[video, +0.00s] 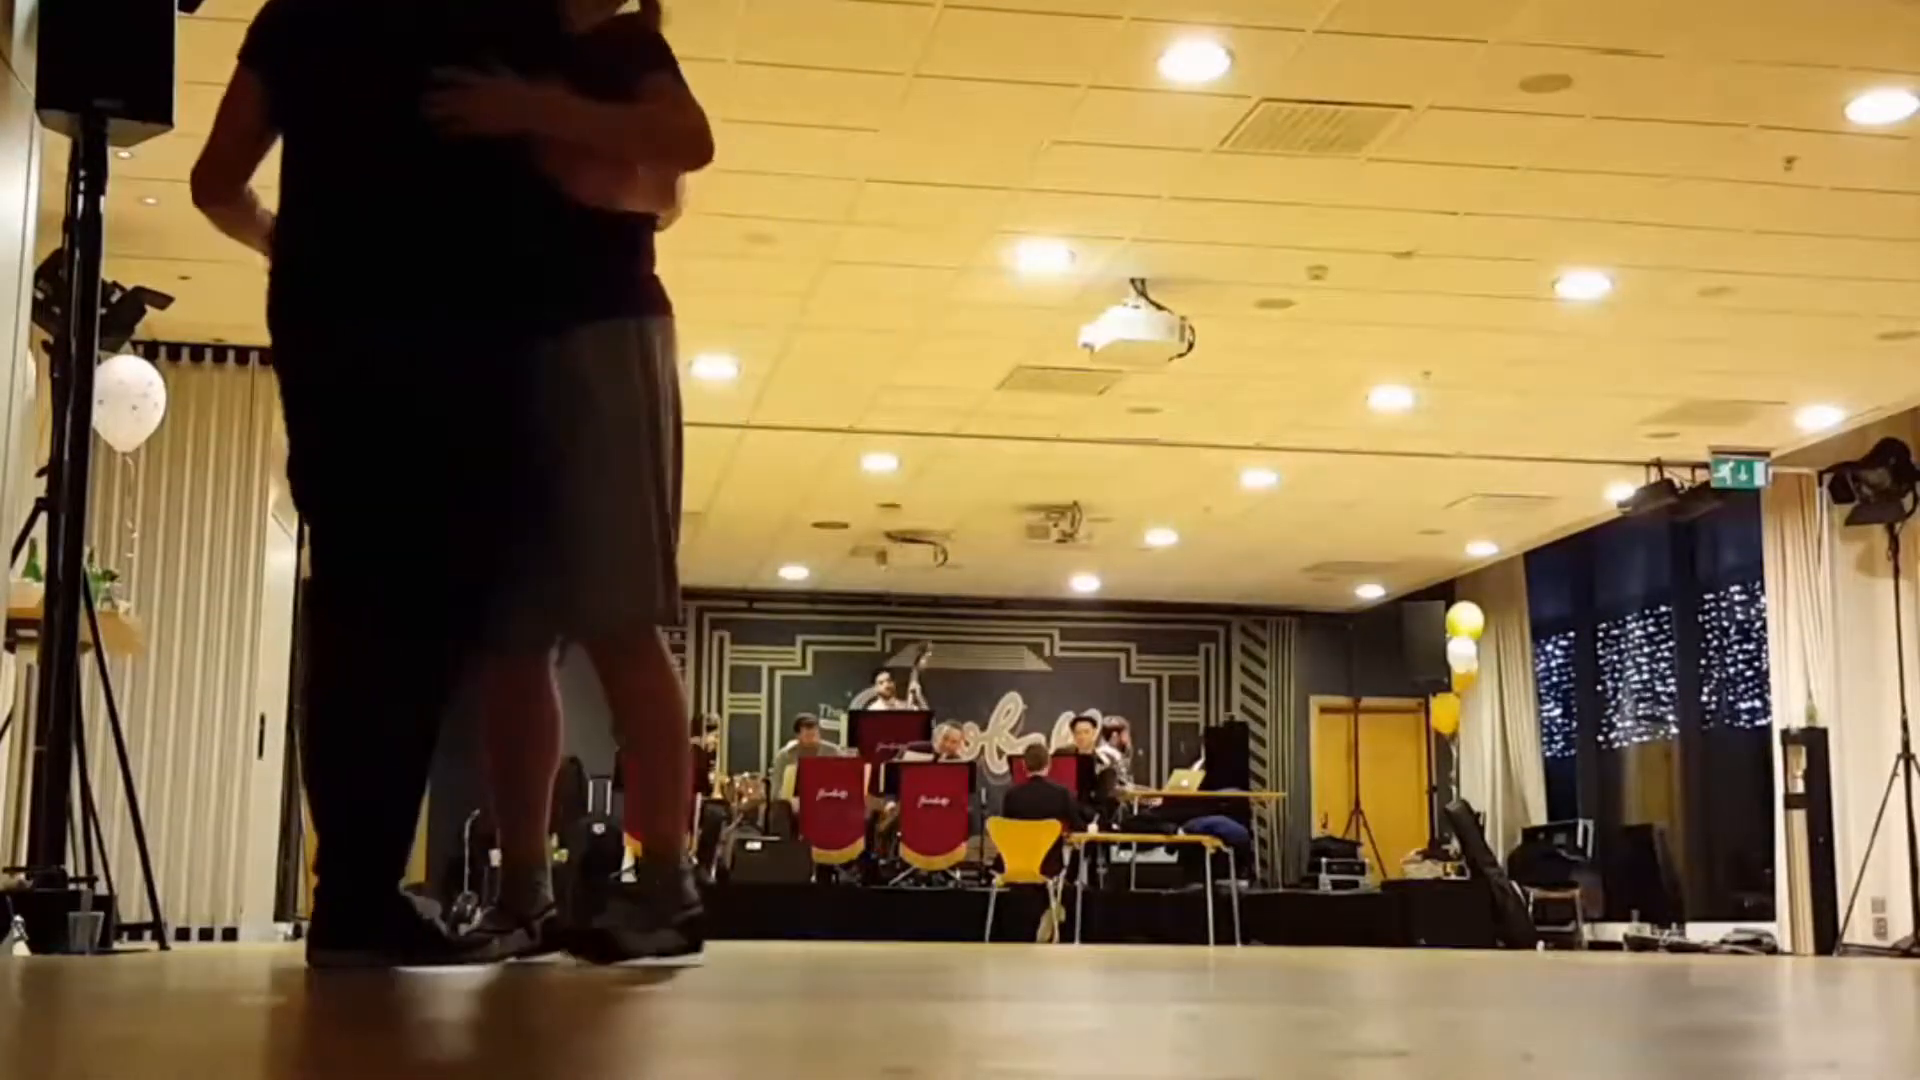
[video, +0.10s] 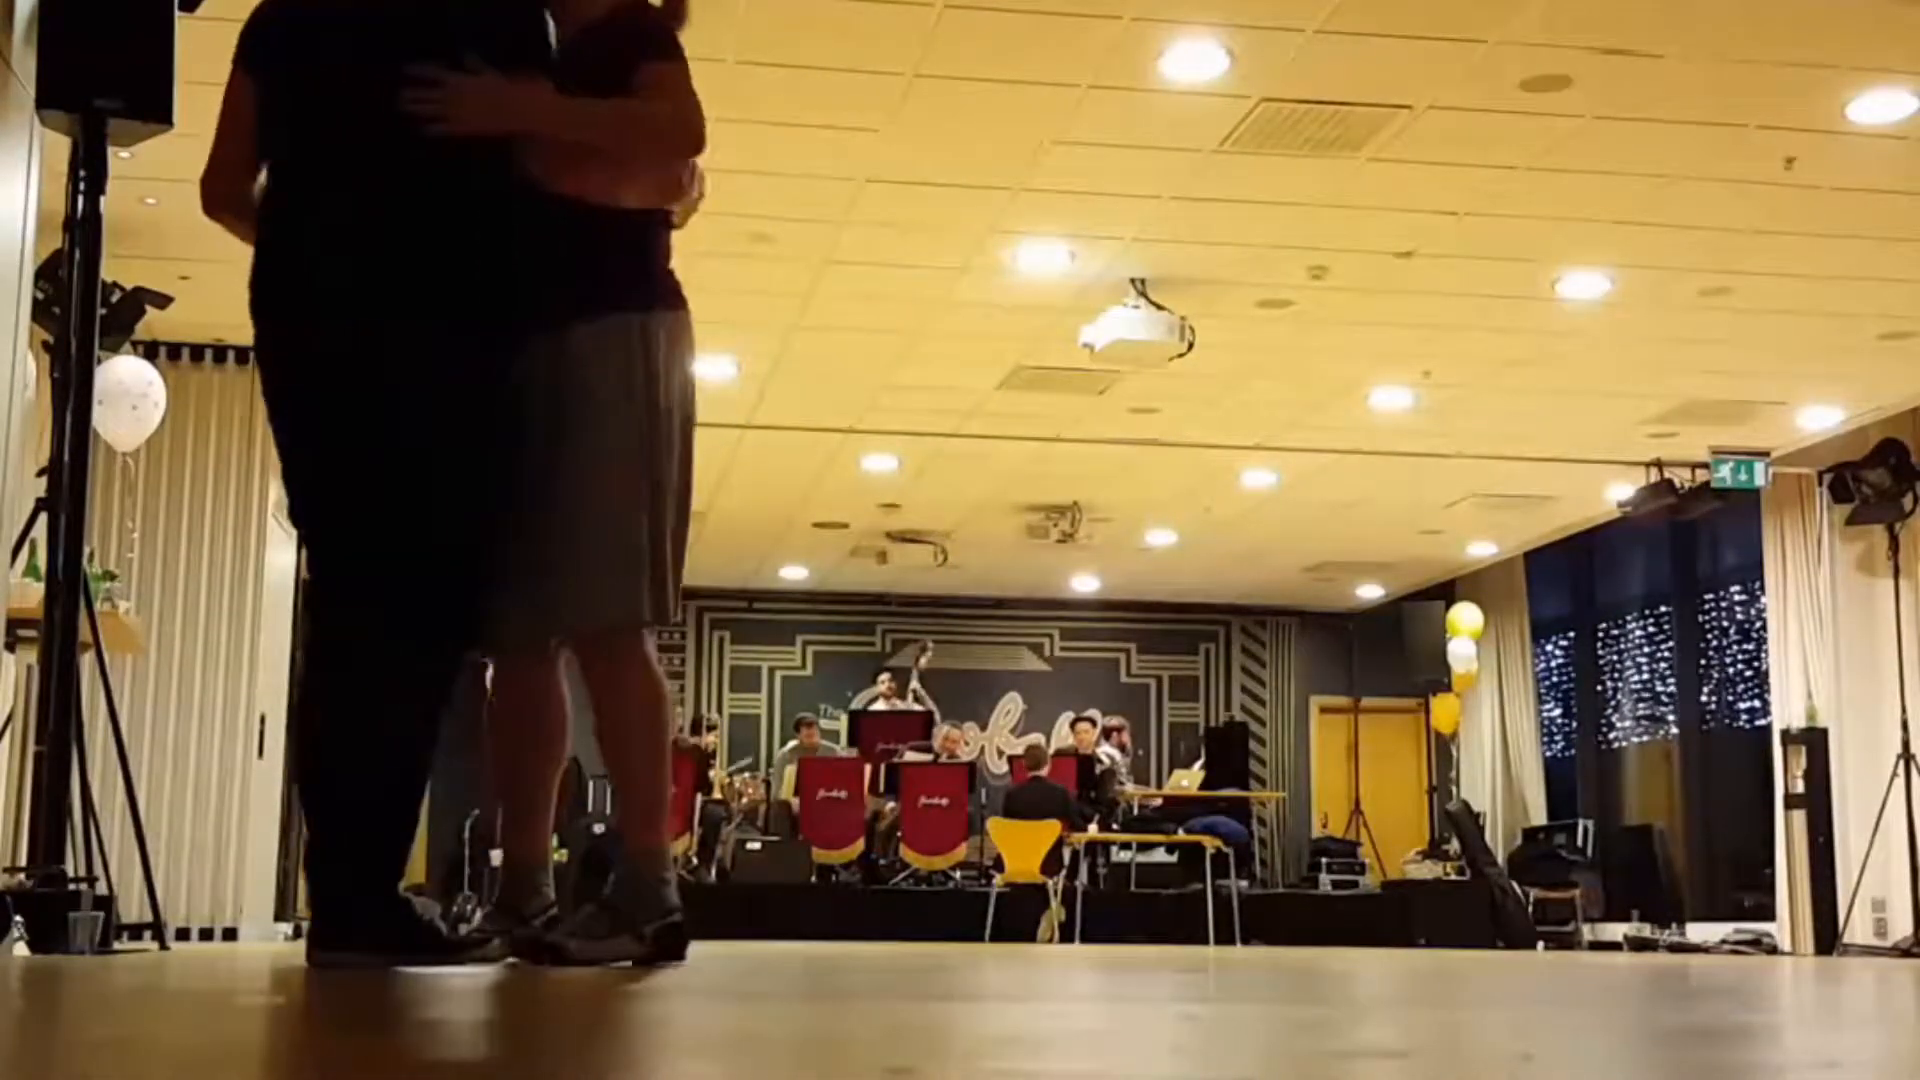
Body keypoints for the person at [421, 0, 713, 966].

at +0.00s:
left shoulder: (612, 33)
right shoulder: (447, 56)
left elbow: (689, 139)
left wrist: (532, 106)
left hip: (599, 338)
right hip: (478, 344)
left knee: (621, 621)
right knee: (509, 633)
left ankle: (664, 888)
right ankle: (524, 896)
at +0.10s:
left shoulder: (626, 22)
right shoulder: (508, 51)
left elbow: (678, 129)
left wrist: (518, 107)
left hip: (611, 334)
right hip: (509, 336)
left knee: (610, 622)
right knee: (518, 630)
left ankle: (647, 896)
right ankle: (523, 896)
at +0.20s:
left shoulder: (646, 35)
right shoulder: (594, 62)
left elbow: (658, 140)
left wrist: (499, 115)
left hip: (635, 347)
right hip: (567, 356)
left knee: (609, 621)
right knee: (542, 631)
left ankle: (646, 896)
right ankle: (547, 893)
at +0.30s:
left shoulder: (653, 22)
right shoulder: (653, 58)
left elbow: (634, 126)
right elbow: (625, 259)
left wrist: (470, 97)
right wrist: (493, 294)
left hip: (644, 335)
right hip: (631, 340)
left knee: (600, 620)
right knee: (593, 622)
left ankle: (642, 899)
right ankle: (633, 895)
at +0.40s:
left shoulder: (660, 8)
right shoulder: (679, 42)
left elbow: (616, 116)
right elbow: (651, 246)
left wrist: (459, 94)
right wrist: (511, 271)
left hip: (659, 321)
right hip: (643, 329)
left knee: (638, 619)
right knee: (630, 621)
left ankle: (647, 899)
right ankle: (761, 830)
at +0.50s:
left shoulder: (655, 3)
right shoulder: (704, 43)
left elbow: (604, 117)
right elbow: (672, 240)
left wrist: (442, 87)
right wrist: (529, 271)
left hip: (658, 316)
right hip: (700, 315)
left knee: (637, 606)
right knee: (689, 615)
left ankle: (653, 889)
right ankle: (791, 856)